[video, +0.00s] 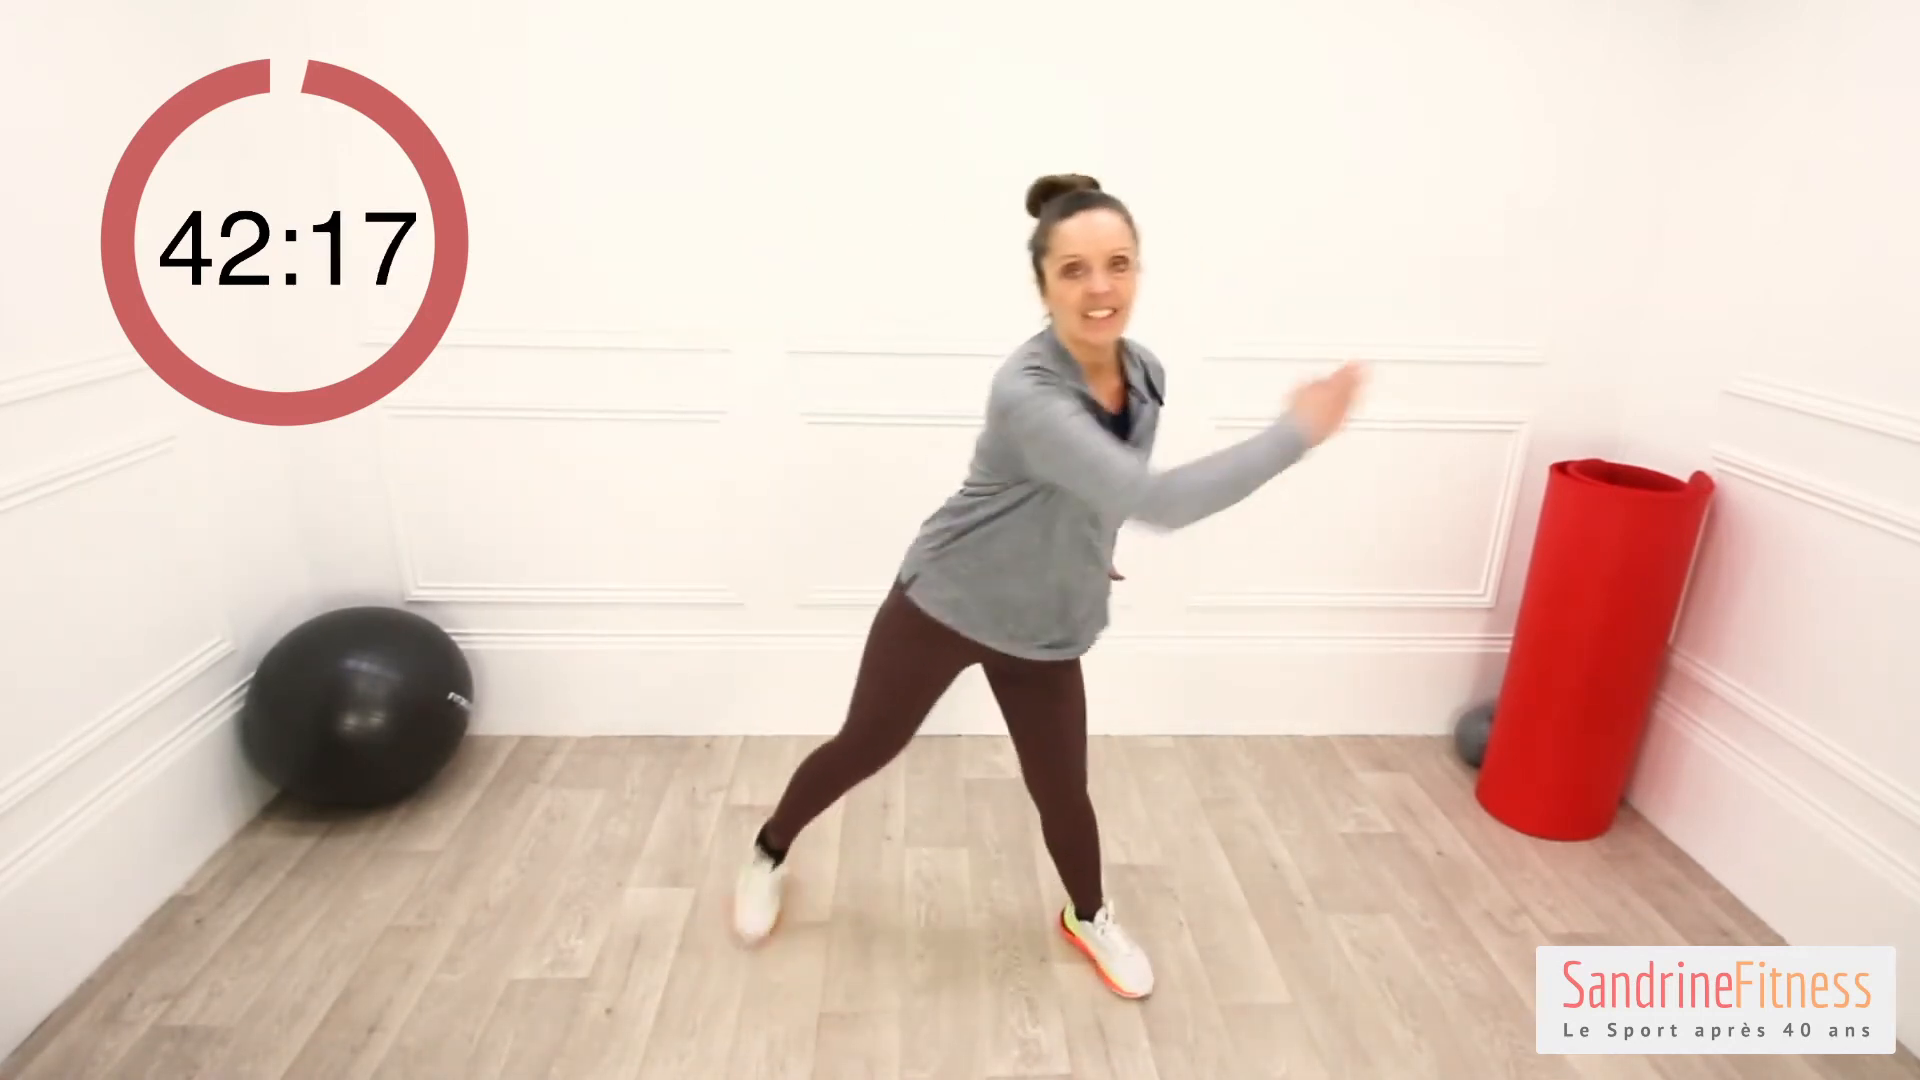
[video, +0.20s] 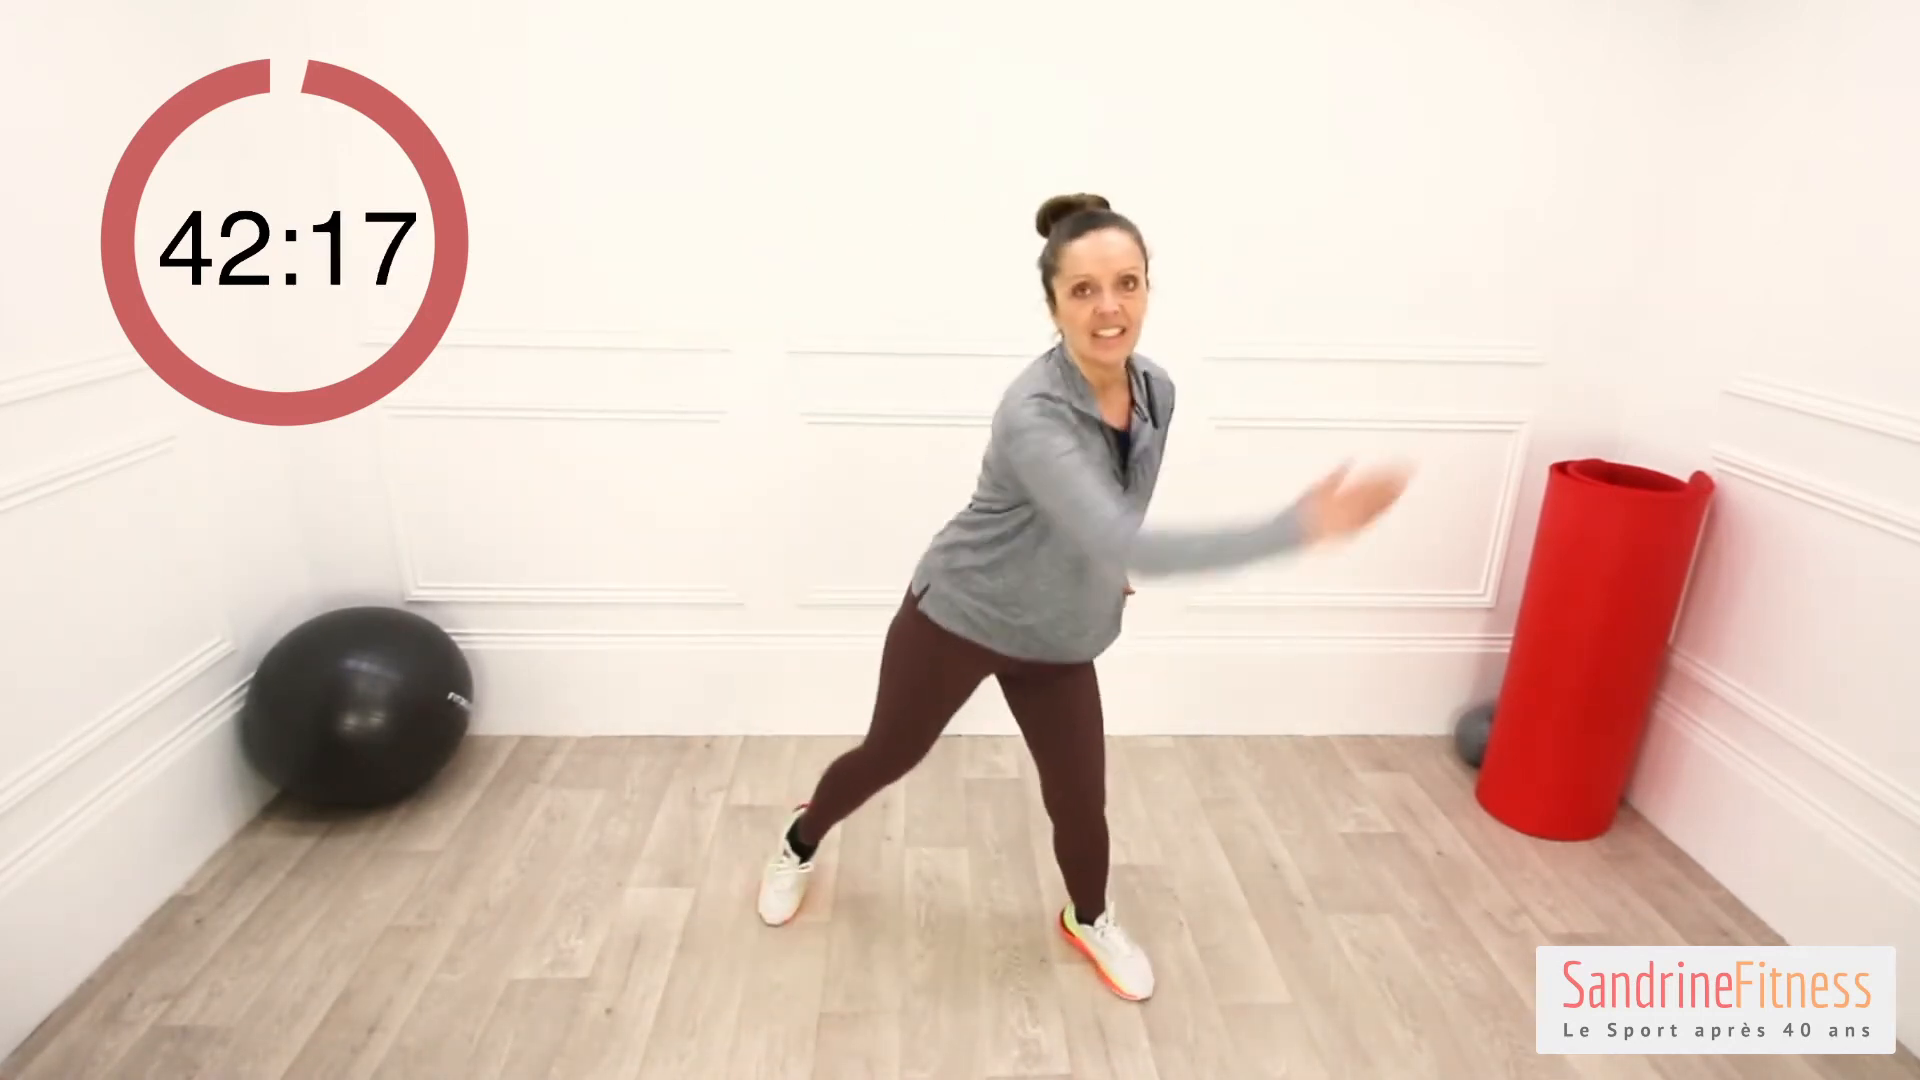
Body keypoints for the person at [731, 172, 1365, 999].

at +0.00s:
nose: (1099, 289)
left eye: (1117, 266)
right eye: (1074, 271)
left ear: (1138, 277)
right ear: (1042, 289)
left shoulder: (1146, 377)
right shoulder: (1026, 395)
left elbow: (1087, 485)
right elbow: (1152, 500)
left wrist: (1093, 551)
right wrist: (1294, 434)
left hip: (1043, 620)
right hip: (947, 598)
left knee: (1062, 789)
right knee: (867, 744)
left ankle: (1088, 918)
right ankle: (767, 850)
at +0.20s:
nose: (1109, 308)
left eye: (1126, 286)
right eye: (1085, 291)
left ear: (1148, 292)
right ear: (1054, 303)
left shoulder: (1154, 392)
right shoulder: (1035, 417)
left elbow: (1119, 505)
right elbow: (1129, 543)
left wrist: (1111, 575)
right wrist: (1295, 528)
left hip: (1058, 634)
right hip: (958, 616)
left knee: (1080, 804)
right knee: (887, 757)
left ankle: (1087, 922)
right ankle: (800, 842)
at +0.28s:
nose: (1099, 294)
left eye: (1117, 270)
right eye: (1074, 276)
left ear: (1141, 279)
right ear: (1045, 292)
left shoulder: (1159, 383)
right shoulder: (1019, 400)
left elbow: (1107, 516)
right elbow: (1018, 583)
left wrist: (1075, 604)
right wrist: (1166, 625)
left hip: (1061, 616)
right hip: (959, 600)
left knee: (1074, 792)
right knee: (881, 748)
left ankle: (1088, 917)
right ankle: (791, 844)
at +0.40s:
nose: (1058, 294)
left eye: (1076, 270)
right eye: (1034, 276)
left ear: (1104, 279)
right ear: (1009, 292)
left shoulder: (1150, 387)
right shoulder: (970, 405)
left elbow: (1156, 453)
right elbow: (859, 535)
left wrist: (1135, 522)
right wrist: (927, 648)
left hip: (1063, 623)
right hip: (953, 609)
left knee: (1073, 788)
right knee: (871, 757)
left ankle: (1088, 917)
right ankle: (794, 866)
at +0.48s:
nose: (1010, 309)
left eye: (1028, 285)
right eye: (987, 291)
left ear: (1061, 294)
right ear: (966, 306)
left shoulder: (1114, 409)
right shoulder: (920, 412)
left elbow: (1159, 461)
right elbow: (798, 493)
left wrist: (1137, 561)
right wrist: (844, 613)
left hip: (1059, 631)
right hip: (943, 620)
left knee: (1070, 798)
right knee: (869, 779)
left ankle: (1089, 918)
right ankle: (806, 905)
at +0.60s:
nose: (920, 334)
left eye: (940, 313)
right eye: (901, 316)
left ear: (973, 324)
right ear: (880, 329)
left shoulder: (1026, 450)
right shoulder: (844, 426)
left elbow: (1109, 550)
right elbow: (771, 468)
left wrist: (1082, 659)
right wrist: (800, 568)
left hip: (1027, 656)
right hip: (919, 645)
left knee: (1044, 822)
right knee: (846, 801)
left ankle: (1090, 923)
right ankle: (790, 921)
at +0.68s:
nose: (859, 320)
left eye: (880, 299)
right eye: (840, 301)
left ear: (915, 311)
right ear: (822, 314)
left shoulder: (966, 439)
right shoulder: (794, 420)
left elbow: (1041, 571)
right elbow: (797, 493)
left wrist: (971, 662)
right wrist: (819, 551)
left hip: (991, 633)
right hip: (883, 633)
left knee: (1032, 798)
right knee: (824, 801)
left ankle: (1092, 918)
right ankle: (786, 921)